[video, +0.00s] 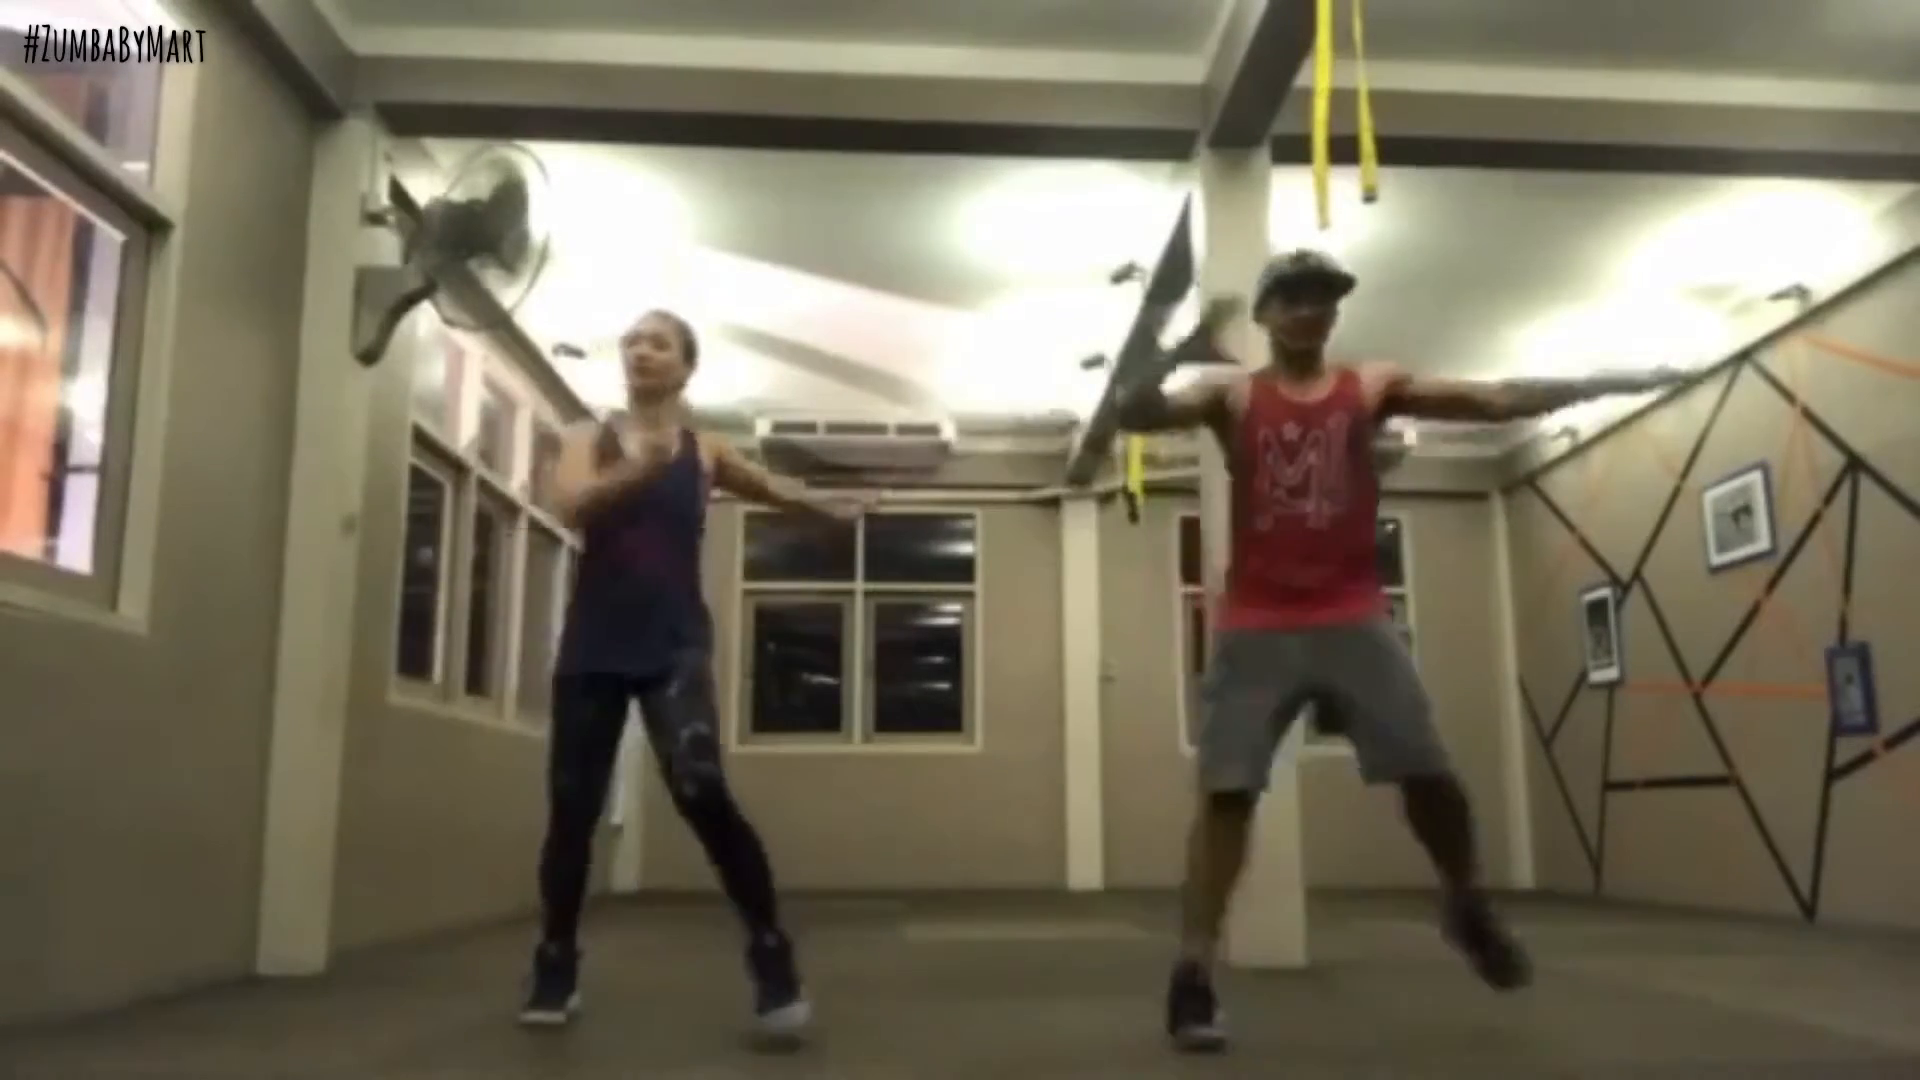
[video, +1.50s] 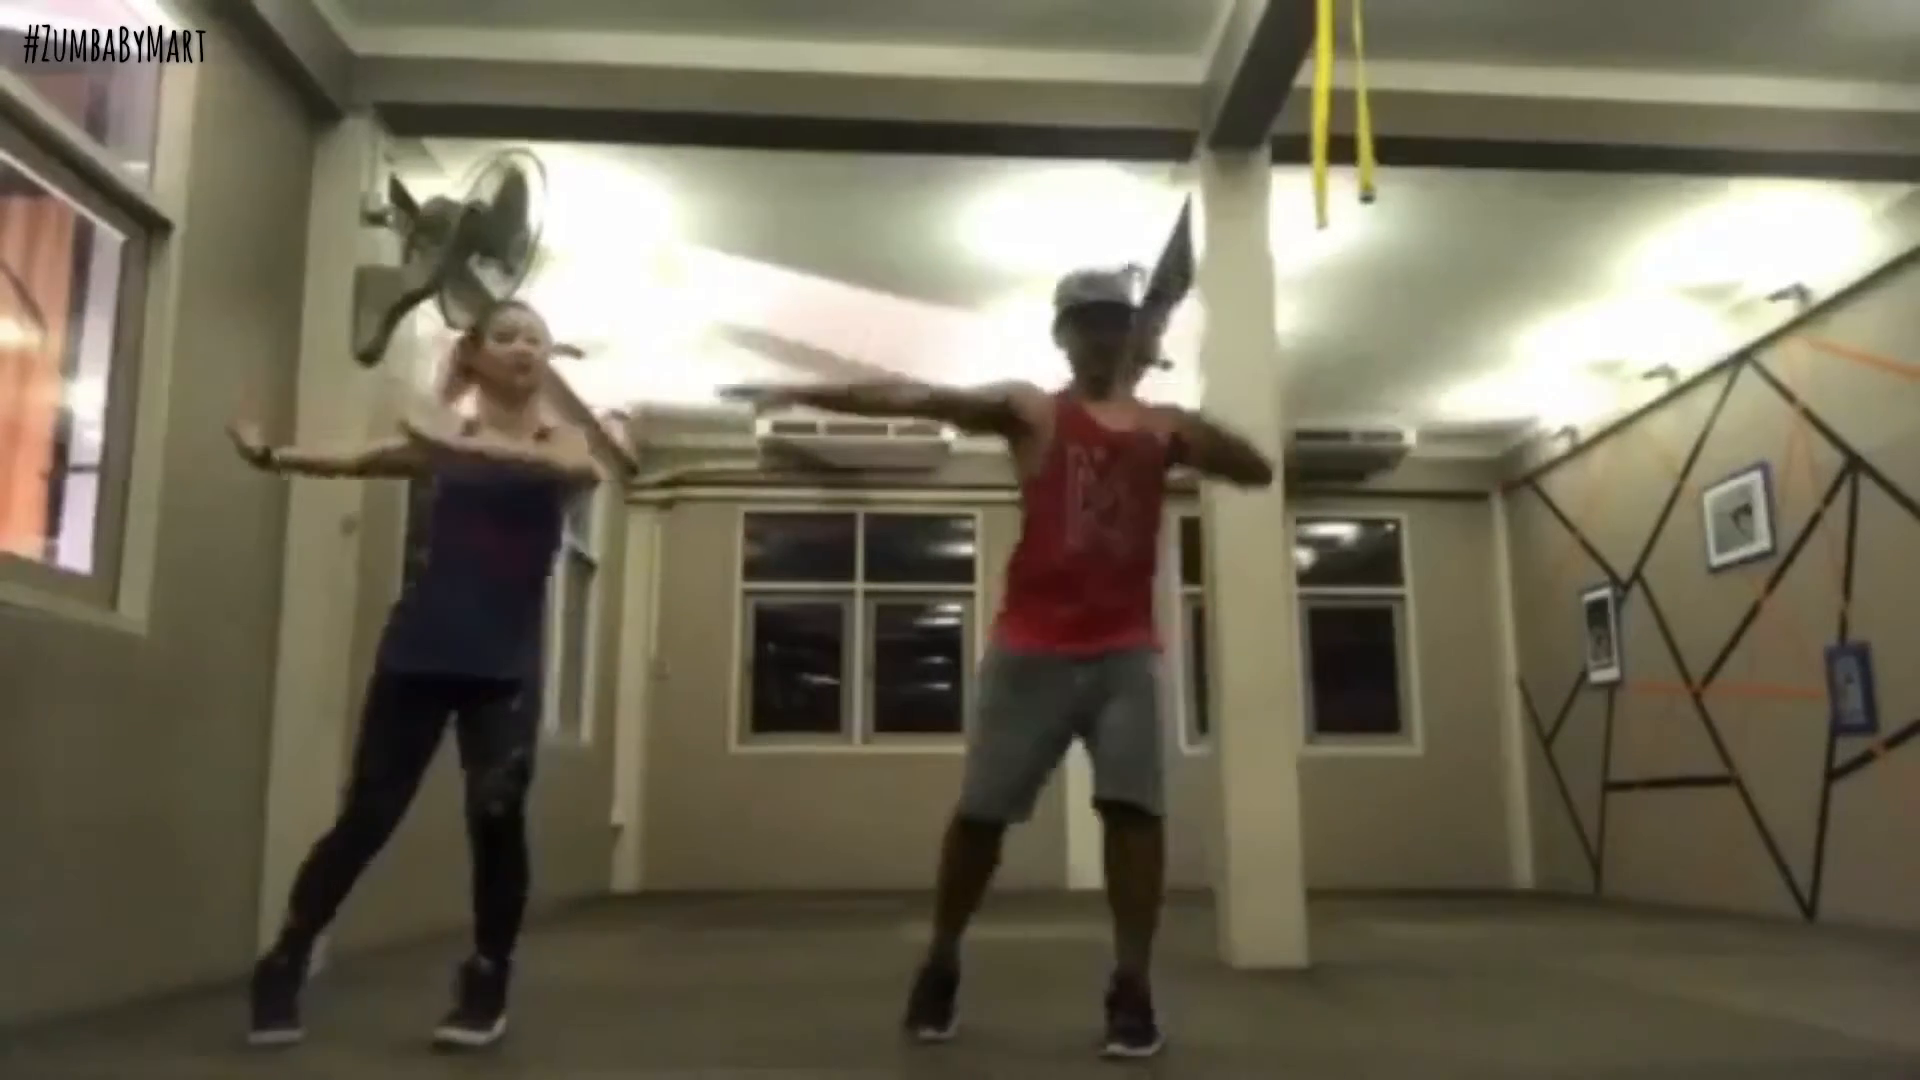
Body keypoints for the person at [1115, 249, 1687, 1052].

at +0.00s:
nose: (1308, 316)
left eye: (1320, 304)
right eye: (1293, 304)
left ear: (1336, 312)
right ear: (1263, 316)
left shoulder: (1371, 387)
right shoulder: (1230, 393)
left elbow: (1498, 401)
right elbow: (1133, 413)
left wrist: (1625, 383)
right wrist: (1154, 346)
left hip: (1354, 624)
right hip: (1258, 627)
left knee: (1430, 777)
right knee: (1227, 795)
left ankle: (1467, 912)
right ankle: (1193, 975)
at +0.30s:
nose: (1357, 332)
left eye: (1371, 316)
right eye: (1341, 318)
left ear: (1392, 323)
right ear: (1316, 328)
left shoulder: (1436, 400)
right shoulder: (1291, 421)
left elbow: (1554, 404)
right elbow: (1205, 442)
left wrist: (1671, 403)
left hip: (1432, 643)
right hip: (1329, 639)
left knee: (1478, 813)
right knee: (1262, 774)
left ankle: (1524, 972)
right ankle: (1258, 933)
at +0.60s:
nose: (1323, 345)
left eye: (1333, 330)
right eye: (1306, 332)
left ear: (1349, 339)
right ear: (1277, 344)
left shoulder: (1380, 433)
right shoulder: (1256, 432)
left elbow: (1470, 508)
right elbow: (1146, 470)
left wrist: (1420, 419)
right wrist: (1052, 500)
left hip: (1390, 658)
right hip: (1301, 664)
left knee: (1455, 827)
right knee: (1296, 830)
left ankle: (1510, 977)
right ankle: (1253, 978)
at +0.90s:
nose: (1226, 312)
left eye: (1240, 299)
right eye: (1213, 297)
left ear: (1257, 308)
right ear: (1189, 306)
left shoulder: (1286, 390)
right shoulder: (1150, 398)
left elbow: (1407, 400)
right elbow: (1040, 419)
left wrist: (1513, 370)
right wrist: (1078, 345)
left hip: (1277, 598)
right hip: (1194, 614)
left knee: (1279, 735)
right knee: (1222, 803)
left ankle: (1301, 900)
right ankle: (1240, 970)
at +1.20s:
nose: (1150, 326)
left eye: (1163, 312)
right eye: (1137, 310)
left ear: (1181, 319)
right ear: (1113, 317)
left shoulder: (1218, 401)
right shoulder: (1078, 403)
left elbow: (1336, 416)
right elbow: (982, 411)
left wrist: (1458, 422)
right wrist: (964, 393)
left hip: (1193, 622)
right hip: (1104, 625)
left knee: (1164, 789)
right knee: (1069, 795)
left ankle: (1150, 983)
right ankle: (1177, 931)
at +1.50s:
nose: (1103, 343)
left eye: (1117, 328)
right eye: (1090, 327)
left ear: (1142, 339)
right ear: (1065, 336)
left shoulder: (1162, 430)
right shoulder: (1029, 410)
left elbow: (1255, 470)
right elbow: (911, 398)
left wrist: (1188, 432)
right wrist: (798, 394)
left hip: (1124, 651)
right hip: (1030, 650)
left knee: (1134, 814)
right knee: (982, 814)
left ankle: (1132, 987)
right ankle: (941, 966)